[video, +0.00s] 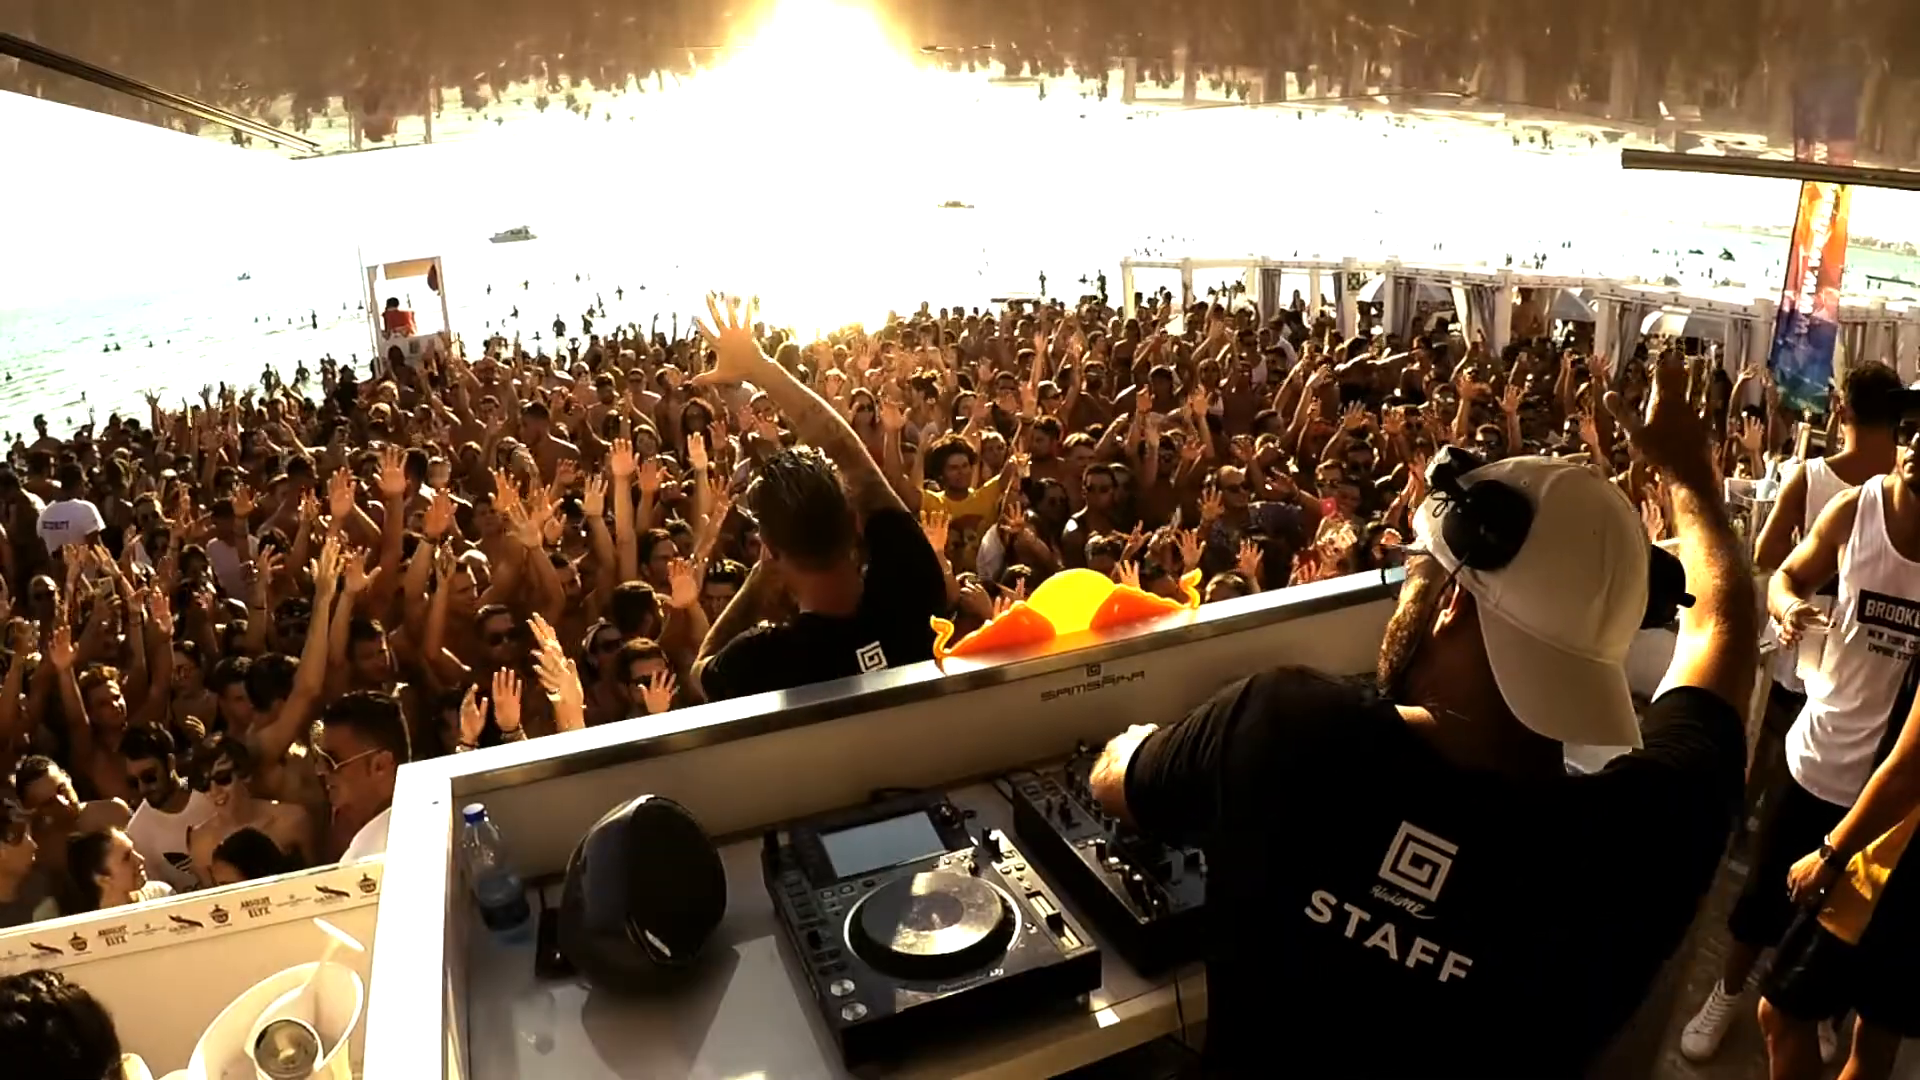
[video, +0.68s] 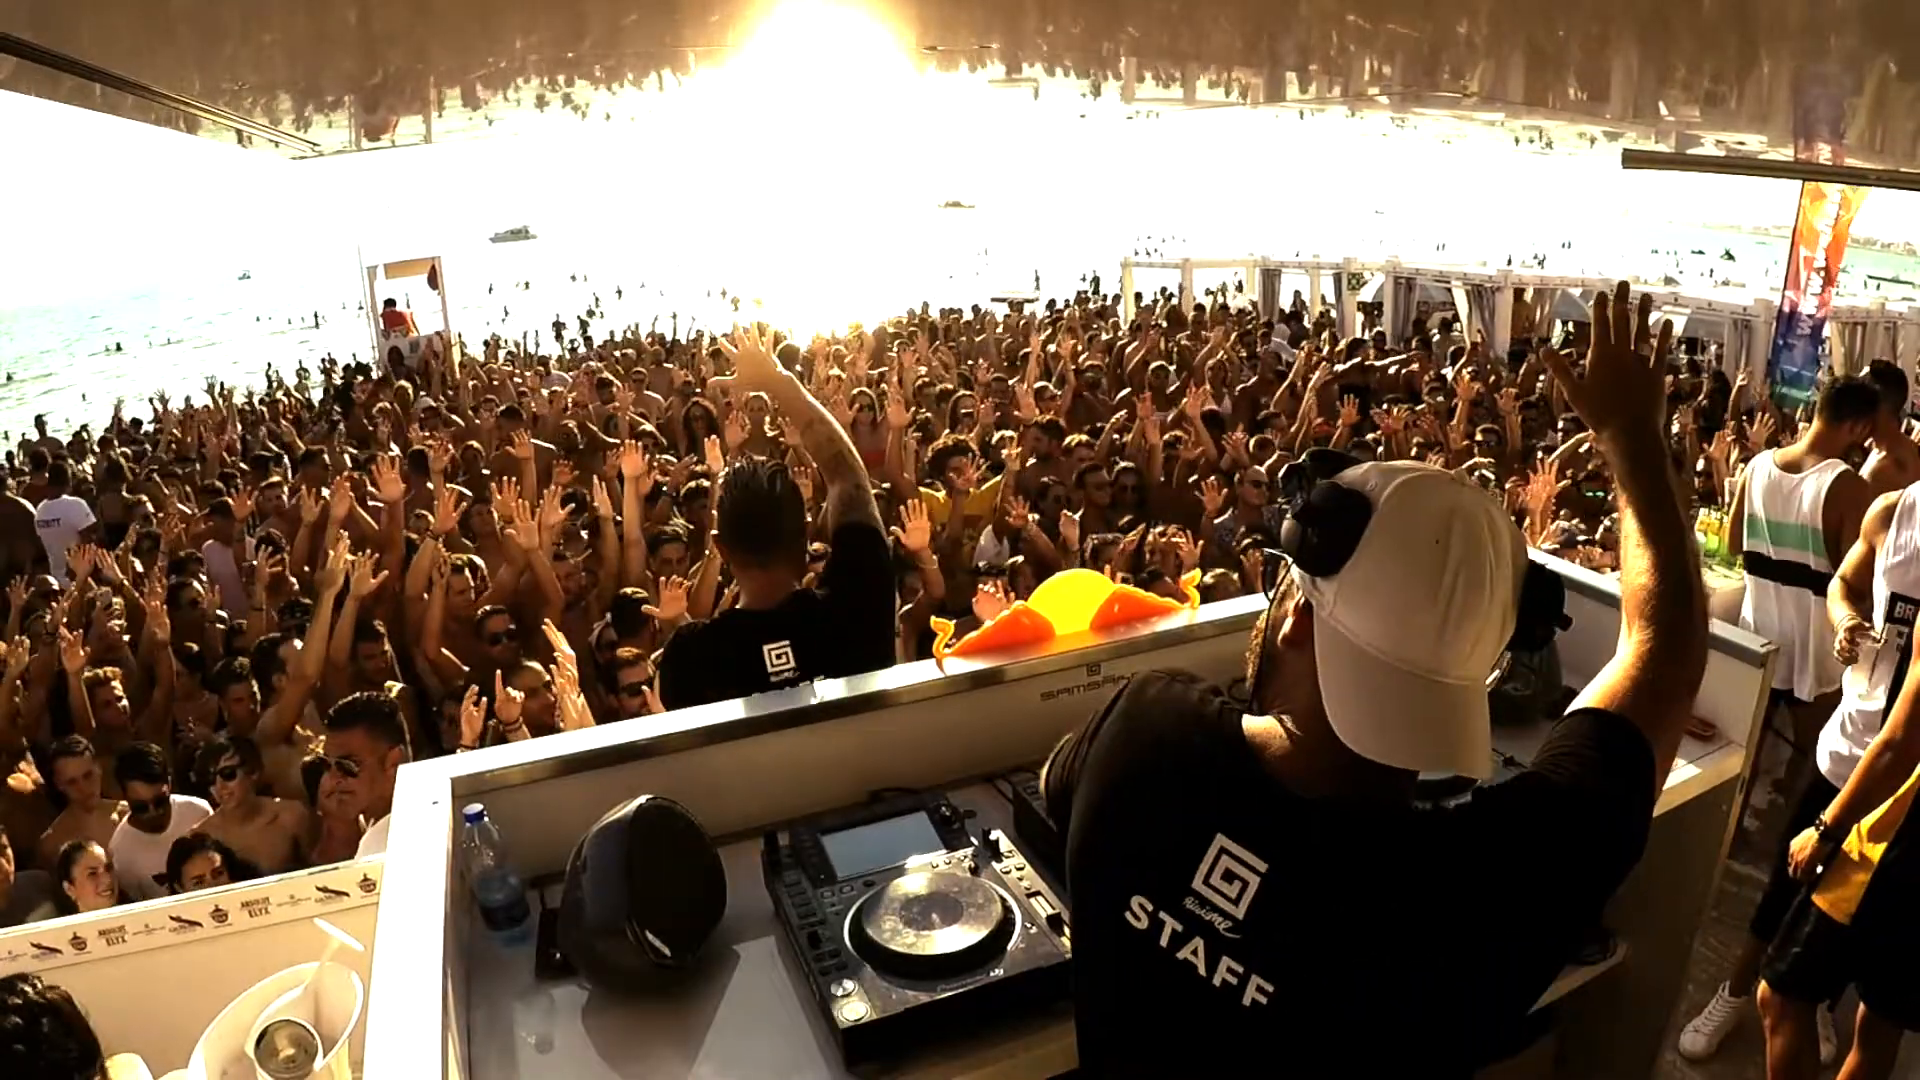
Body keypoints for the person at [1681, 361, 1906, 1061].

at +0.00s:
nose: (1911, 455)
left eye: (1917, 444)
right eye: (1908, 442)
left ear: (1910, 450)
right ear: (1895, 446)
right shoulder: (1856, 509)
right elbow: (1785, 579)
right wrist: (1787, 608)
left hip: (1897, 784)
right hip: (1820, 749)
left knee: (1855, 926)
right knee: (1761, 889)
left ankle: (1843, 1033)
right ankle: (1728, 994)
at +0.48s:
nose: (1900, 439)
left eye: (1900, 428)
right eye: (1897, 425)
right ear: (1873, 422)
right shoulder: (1877, 504)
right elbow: (1831, 581)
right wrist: (1819, 606)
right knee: (1785, 870)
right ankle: (1731, 992)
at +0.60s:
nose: (1889, 440)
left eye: (1891, 427)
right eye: (1888, 427)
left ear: (1813, 408)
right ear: (1861, 424)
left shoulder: (1756, 469)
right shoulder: (1850, 488)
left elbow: (1739, 548)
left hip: (1748, 645)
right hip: (1814, 665)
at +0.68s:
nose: (1872, 444)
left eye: (1875, 433)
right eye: (1874, 433)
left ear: (1813, 409)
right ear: (1858, 425)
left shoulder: (1757, 469)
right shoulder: (1848, 490)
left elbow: (1738, 549)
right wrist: (1898, 447)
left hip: (1747, 647)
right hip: (1814, 668)